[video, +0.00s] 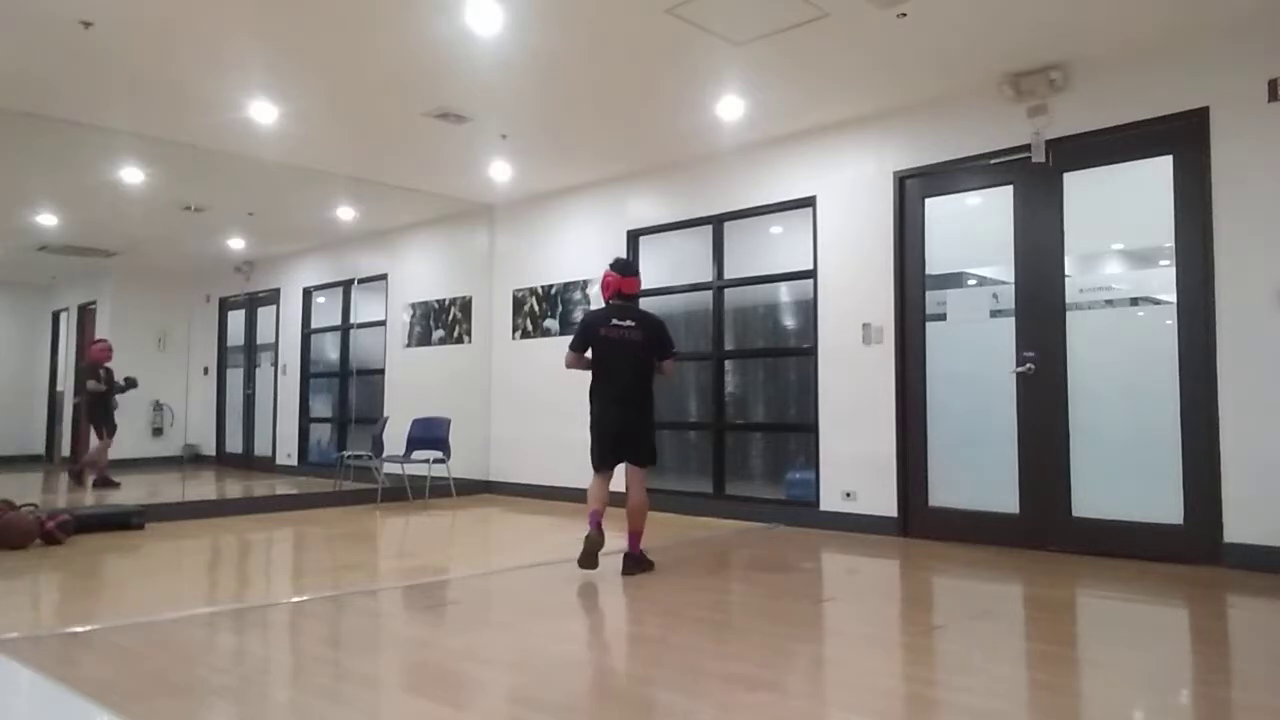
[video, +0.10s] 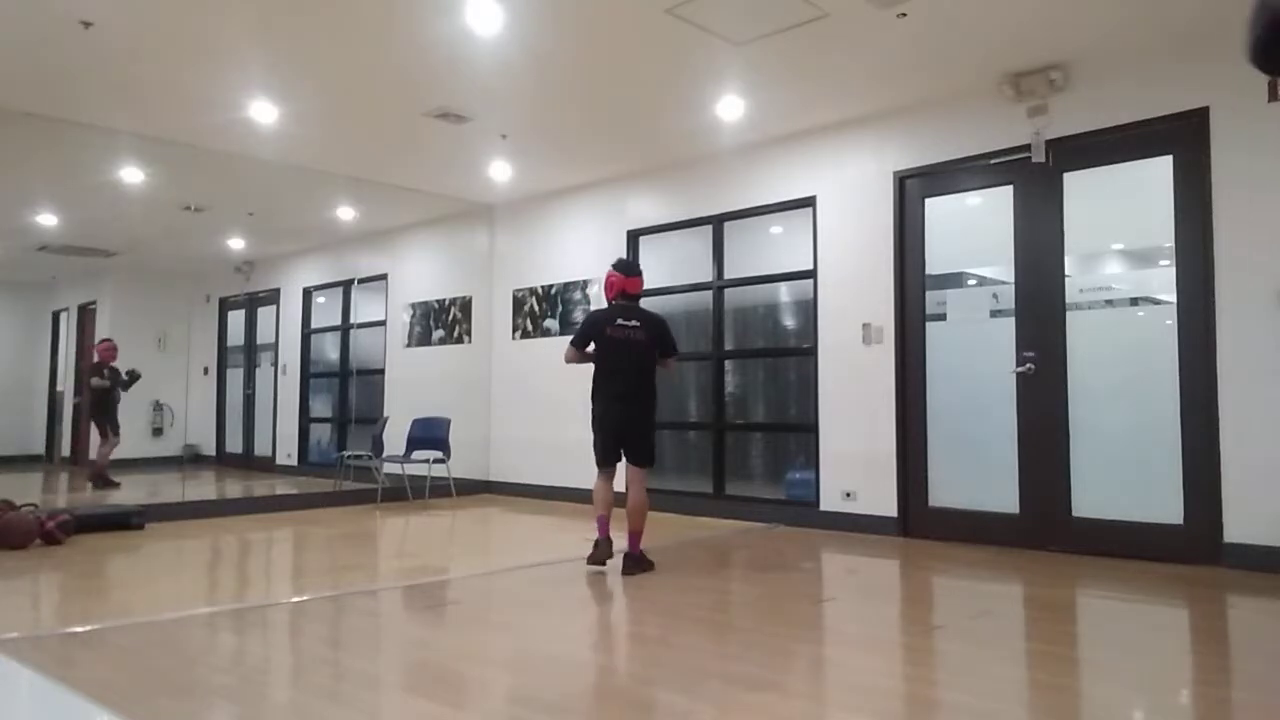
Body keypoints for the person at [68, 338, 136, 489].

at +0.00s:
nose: (107, 354)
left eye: (109, 350)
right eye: (103, 350)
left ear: (111, 352)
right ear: (94, 353)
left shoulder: (108, 371)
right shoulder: (88, 369)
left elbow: (112, 388)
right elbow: (90, 386)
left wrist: (125, 386)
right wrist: (109, 388)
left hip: (106, 408)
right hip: (94, 408)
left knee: (107, 441)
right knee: (104, 441)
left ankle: (102, 475)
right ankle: (79, 468)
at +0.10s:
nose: (111, 353)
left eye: (113, 350)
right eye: (107, 350)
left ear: (116, 352)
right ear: (99, 352)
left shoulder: (114, 371)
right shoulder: (95, 368)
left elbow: (123, 386)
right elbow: (94, 383)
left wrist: (132, 379)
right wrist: (112, 384)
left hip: (111, 409)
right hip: (98, 409)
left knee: (112, 439)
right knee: (109, 439)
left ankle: (101, 473)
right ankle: (97, 472)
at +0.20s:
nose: (115, 354)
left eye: (117, 350)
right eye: (112, 350)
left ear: (120, 352)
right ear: (104, 352)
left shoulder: (120, 370)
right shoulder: (98, 368)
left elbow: (131, 386)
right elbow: (96, 382)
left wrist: (136, 377)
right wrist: (115, 382)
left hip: (116, 411)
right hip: (103, 410)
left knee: (114, 441)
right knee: (111, 441)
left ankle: (105, 475)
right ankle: (109, 475)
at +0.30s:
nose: (119, 354)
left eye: (121, 350)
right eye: (115, 351)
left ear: (124, 353)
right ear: (107, 354)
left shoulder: (124, 371)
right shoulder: (102, 369)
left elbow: (136, 388)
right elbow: (100, 383)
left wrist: (138, 378)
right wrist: (117, 382)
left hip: (120, 411)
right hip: (107, 411)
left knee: (112, 444)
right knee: (115, 443)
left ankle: (101, 475)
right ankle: (125, 475)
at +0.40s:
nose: (121, 355)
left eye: (124, 351)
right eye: (117, 352)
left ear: (127, 353)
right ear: (110, 354)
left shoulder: (128, 372)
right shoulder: (105, 370)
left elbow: (142, 384)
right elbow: (101, 383)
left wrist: (142, 376)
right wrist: (118, 382)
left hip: (125, 413)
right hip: (113, 413)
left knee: (117, 445)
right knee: (119, 445)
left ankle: (102, 475)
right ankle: (126, 476)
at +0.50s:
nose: (124, 355)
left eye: (126, 351)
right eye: (120, 352)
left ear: (130, 353)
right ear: (112, 355)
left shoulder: (132, 371)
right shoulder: (108, 371)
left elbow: (148, 379)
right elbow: (106, 388)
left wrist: (147, 374)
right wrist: (123, 381)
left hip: (130, 411)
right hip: (117, 411)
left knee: (127, 443)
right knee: (124, 443)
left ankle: (106, 473)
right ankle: (126, 476)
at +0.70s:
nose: (132, 358)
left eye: (133, 355)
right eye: (129, 355)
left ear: (135, 355)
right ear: (121, 356)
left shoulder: (140, 370)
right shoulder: (113, 371)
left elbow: (158, 380)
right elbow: (113, 389)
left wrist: (147, 381)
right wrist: (125, 379)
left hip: (139, 413)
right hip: (122, 414)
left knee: (151, 440)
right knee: (124, 445)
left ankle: (131, 467)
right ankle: (127, 477)